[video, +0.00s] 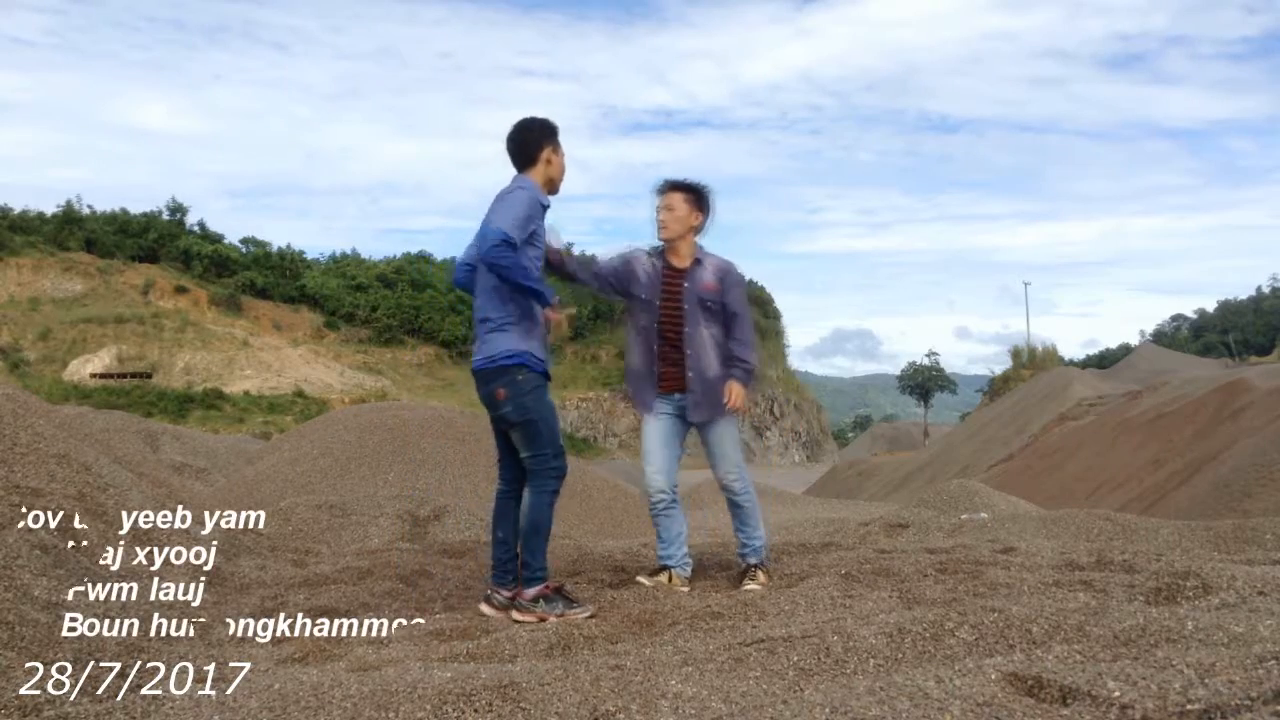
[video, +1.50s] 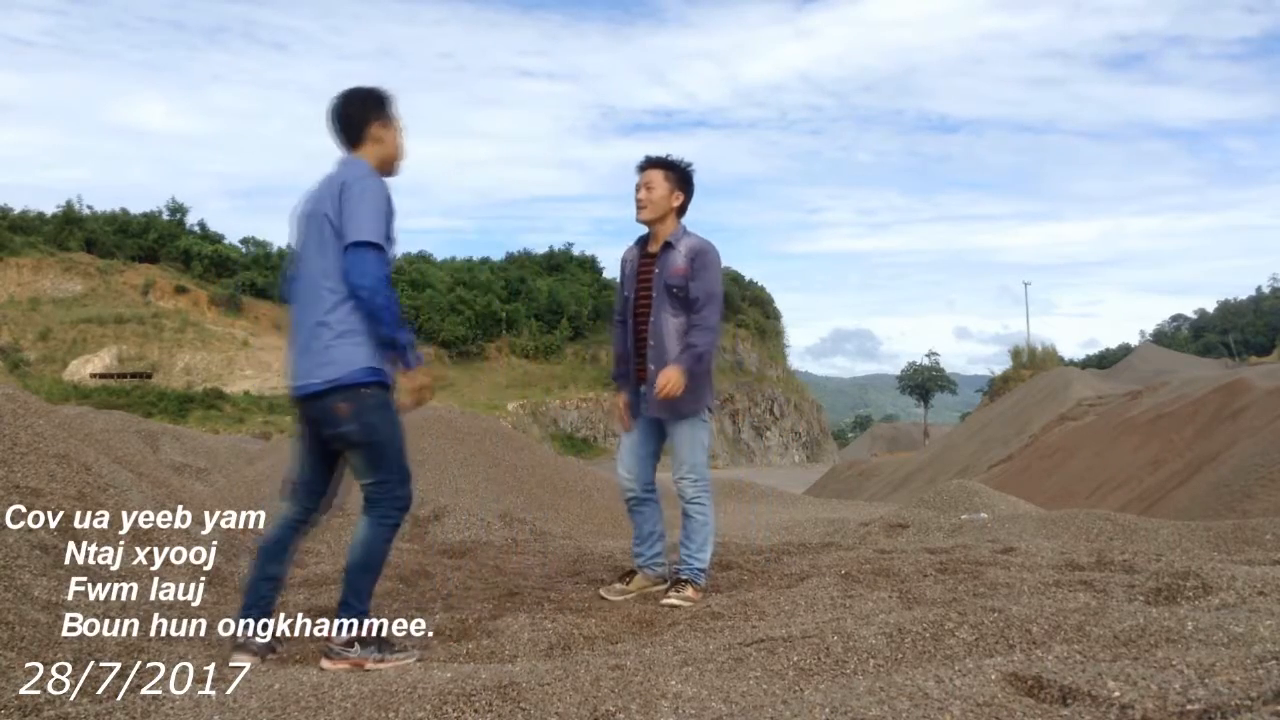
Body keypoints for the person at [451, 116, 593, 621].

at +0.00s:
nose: (565, 165)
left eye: (563, 155)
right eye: (562, 155)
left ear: (523, 158)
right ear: (549, 156)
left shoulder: (503, 202)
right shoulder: (527, 196)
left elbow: (463, 273)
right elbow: (494, 247)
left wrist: (520, 298)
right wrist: (548, 299)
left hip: (493, 364)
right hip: (516, 363)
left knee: (513, 476)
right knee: (547, 469)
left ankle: (504, 586)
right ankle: (534, 588)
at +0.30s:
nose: (509, 166)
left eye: (507, 157)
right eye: (506, 157)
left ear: (463, 157)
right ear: (491, 156)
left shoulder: (420, 216)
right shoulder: (494, 206)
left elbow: (410, 292)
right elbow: (528, 283)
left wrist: (459, 294)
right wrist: (569, 308)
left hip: (458, 378)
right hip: (496, 373)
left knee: (498, 485)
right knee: (529, 482)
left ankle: (504, 593)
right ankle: (453, 586)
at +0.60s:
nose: (442, 162)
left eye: (437, 153)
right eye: (439, 153)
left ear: (390, 159)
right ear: (429, 156)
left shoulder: (352, 220)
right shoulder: (452, 211)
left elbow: (338, 301)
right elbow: (488, 293)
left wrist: (356, 354)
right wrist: (513, 339)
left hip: (385, 386)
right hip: (446, 382)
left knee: (413, 467)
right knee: (450, 496)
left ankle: (404, 577)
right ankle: (431, 618)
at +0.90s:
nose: (378, 166)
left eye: (374, 157)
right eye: (374, 157)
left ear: (327, 165)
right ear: (360, 160)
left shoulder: (282, 221)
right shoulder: (379, 214)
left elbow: (249, 293)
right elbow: (387, 296)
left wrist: (268, 368)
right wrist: (388, 378)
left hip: (301, 399)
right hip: (360, 397)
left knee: (298, 507)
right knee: (419, 495)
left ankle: (251, 626)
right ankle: (427, 619)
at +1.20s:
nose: (364, 146)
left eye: (361, 136)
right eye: (359, 136)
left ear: (313, 144)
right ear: (341, 138)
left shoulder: (268, 202)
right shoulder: (346, 185)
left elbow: (234, 290)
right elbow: (345, 268)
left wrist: (282, 328)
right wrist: (357, 352)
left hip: (270, 376)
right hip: (325, 367)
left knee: (278, 499)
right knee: (398, 468)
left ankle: (247, 632)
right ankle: (375, 604)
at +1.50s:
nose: (402, 140)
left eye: (398, 129)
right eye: (395, 128)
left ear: (350, 135)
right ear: (375, 131)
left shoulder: (318, 197)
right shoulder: (362, 182)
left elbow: (293, 284)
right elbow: (366, 276)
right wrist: (406, 348)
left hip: (314, 384)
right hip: (353, 377)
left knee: (303, 502)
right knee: (388, 498)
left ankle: (251, 625)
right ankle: (351, 633)